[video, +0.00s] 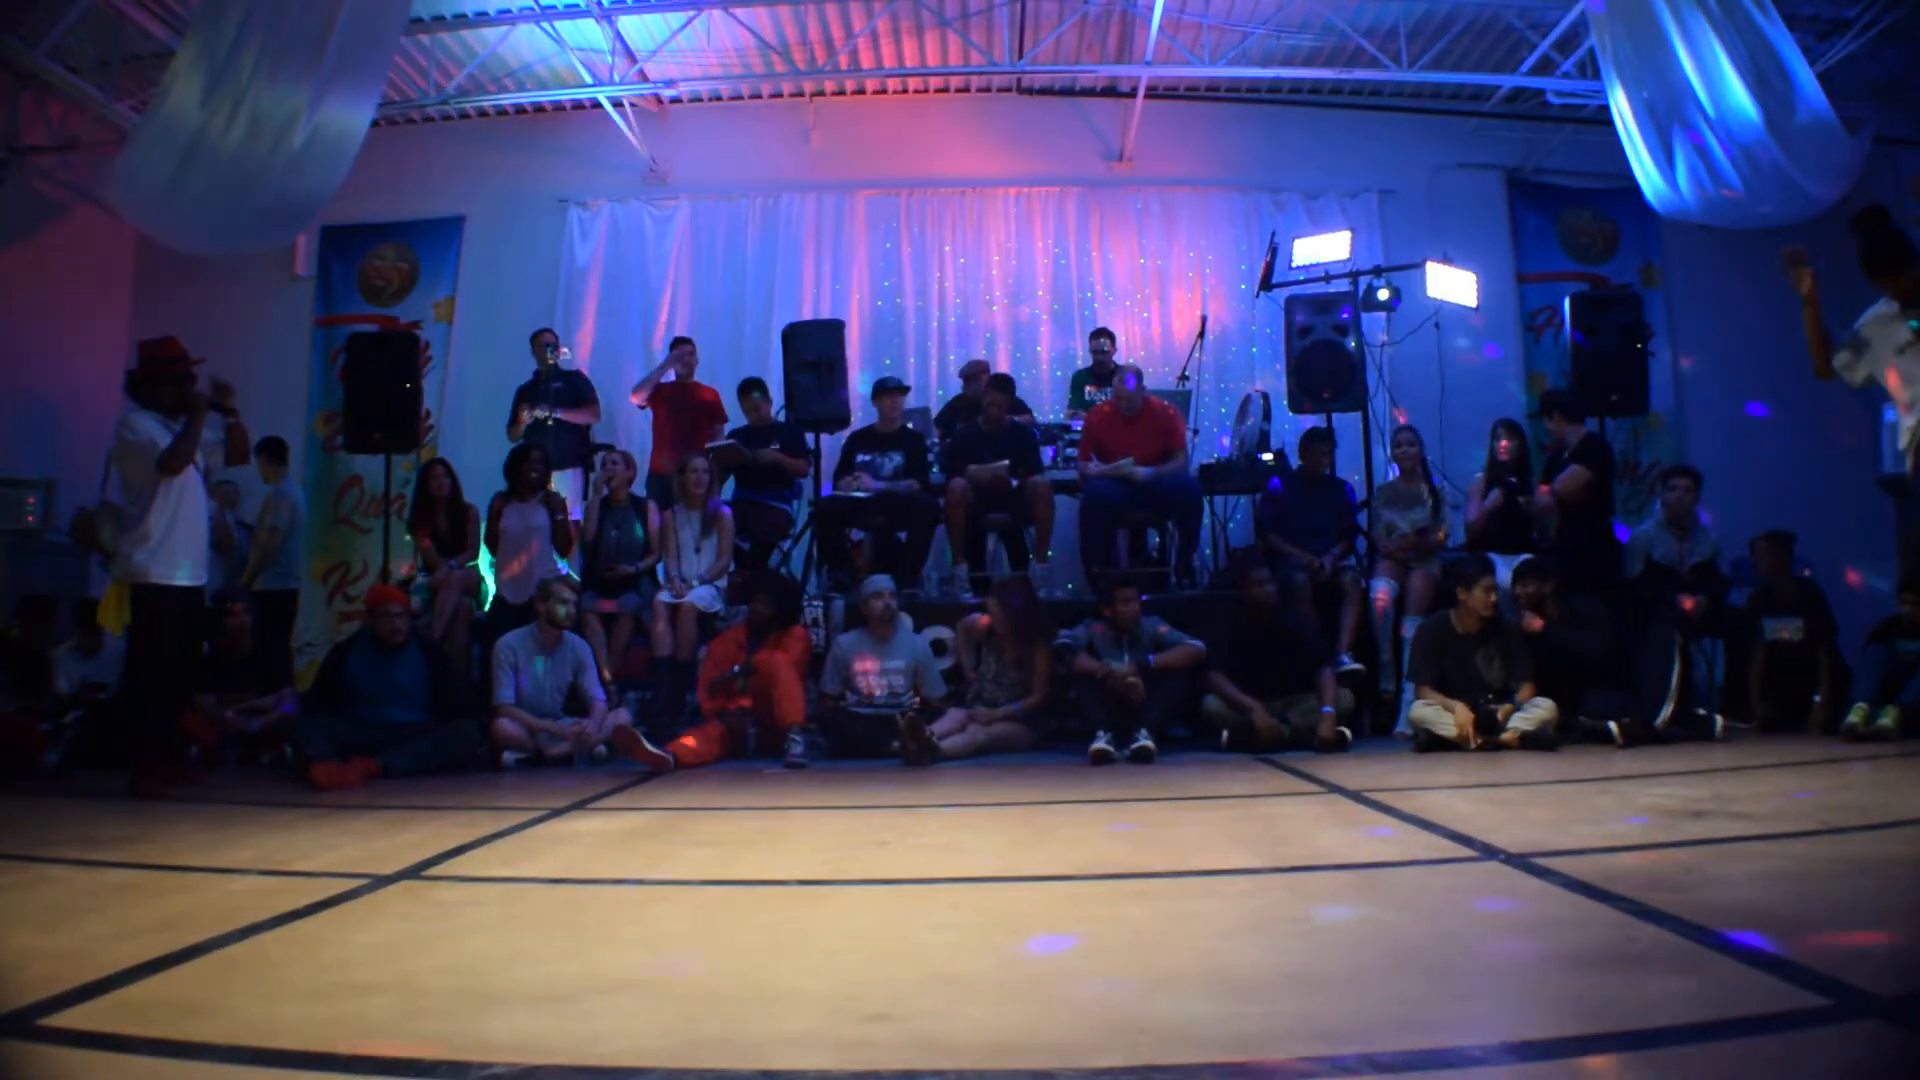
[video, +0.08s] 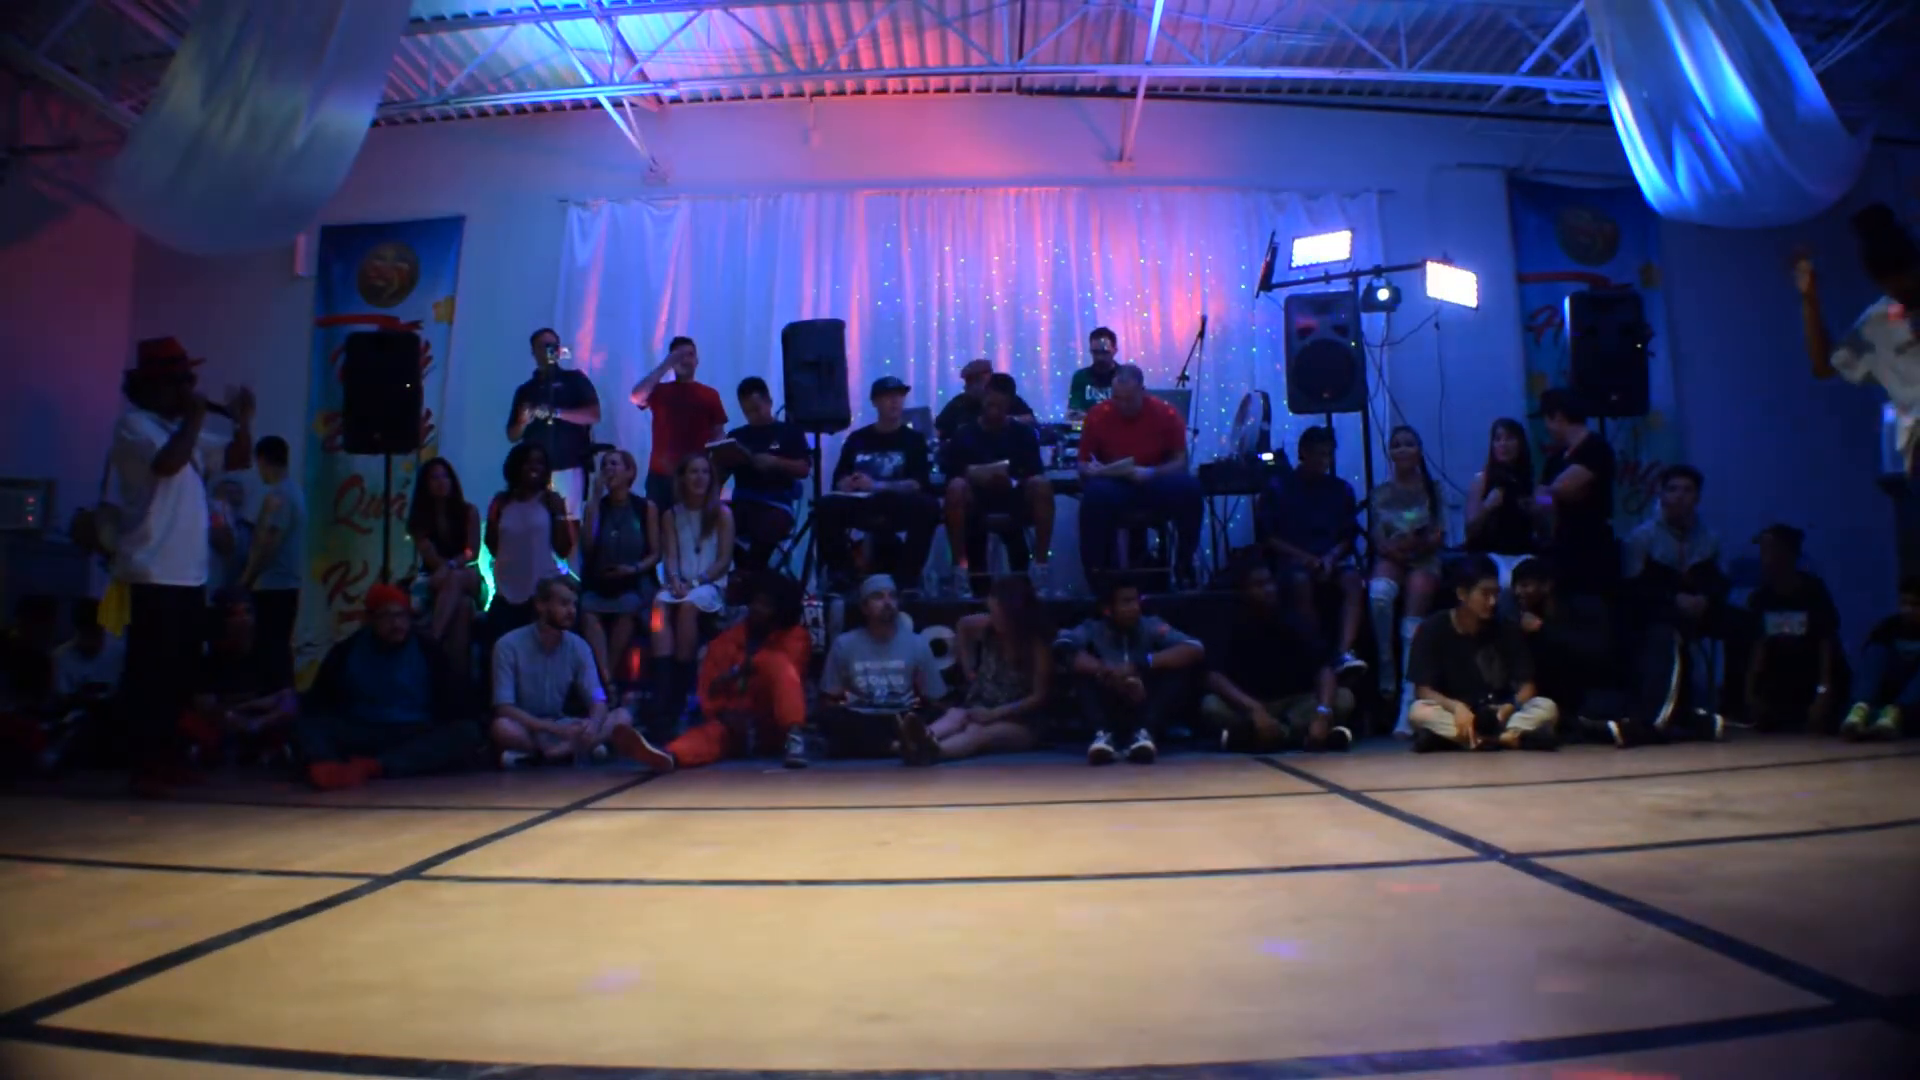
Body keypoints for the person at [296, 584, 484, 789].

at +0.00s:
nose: (397, 624)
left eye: (402, 617)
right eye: (389, 617)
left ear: (410, 618)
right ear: (372, 619)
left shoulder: (427, 652)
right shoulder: (346, 653)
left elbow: (445, 699)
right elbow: (319, 704)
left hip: (415, 733)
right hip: (358, 732)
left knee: (467, 734)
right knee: (307, 725)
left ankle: (377, 767)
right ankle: (328, 766)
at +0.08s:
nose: (397, 624)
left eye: (402, 616)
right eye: (389, 617)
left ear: (409, 617)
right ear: (372, 619)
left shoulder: (426, 651)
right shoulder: (346, 653)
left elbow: (447, 697)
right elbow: (319, 703)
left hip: (415, 732)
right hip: (358, 731)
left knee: (467, 733)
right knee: (307, 725)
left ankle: (377, 766)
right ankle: (328, 766)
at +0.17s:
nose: (398, 623)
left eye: (402, 616)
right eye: (390, 616)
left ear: (410, 617)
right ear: (372, 619)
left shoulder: (426, 651)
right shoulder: (346, 653)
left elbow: (448, 696)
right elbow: (320, 703)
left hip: (416, 731)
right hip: (358, 730)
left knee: (468, 733)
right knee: (307, 724)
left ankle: (379, 766)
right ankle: (326, 764)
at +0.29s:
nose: (398, 623)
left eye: (402, 616)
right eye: (389, 616)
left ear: (410, 618)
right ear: (372, 619)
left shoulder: (426, 651)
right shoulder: (345, 653)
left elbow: (448, 697)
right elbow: (320, 704)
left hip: (415, 732)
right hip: (358, 731)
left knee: (467, 733)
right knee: (307, 725)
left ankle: (378, 766)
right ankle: (328, 766)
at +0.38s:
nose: (398, 623)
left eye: (402, 615)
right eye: (389, 616)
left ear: (410, 617)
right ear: (372, 619)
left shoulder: (426, 651)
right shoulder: (345, 653)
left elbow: (448, 696)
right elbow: (317, 703)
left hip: (416, 732)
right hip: (358, 731)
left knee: (467, 733)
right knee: (307, 725)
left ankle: (378, 766)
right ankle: (328, 766)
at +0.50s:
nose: (396, 624)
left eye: (401, 616)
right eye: (388, 617)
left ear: (408, 617)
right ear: (371, 620)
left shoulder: (425, 651)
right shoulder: (344, 654)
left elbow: (447, 697)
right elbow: (317, 704)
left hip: (415, 732)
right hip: (357, 732)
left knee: (467, 733)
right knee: (307, 725)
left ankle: (379, 766)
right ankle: (327, 766)